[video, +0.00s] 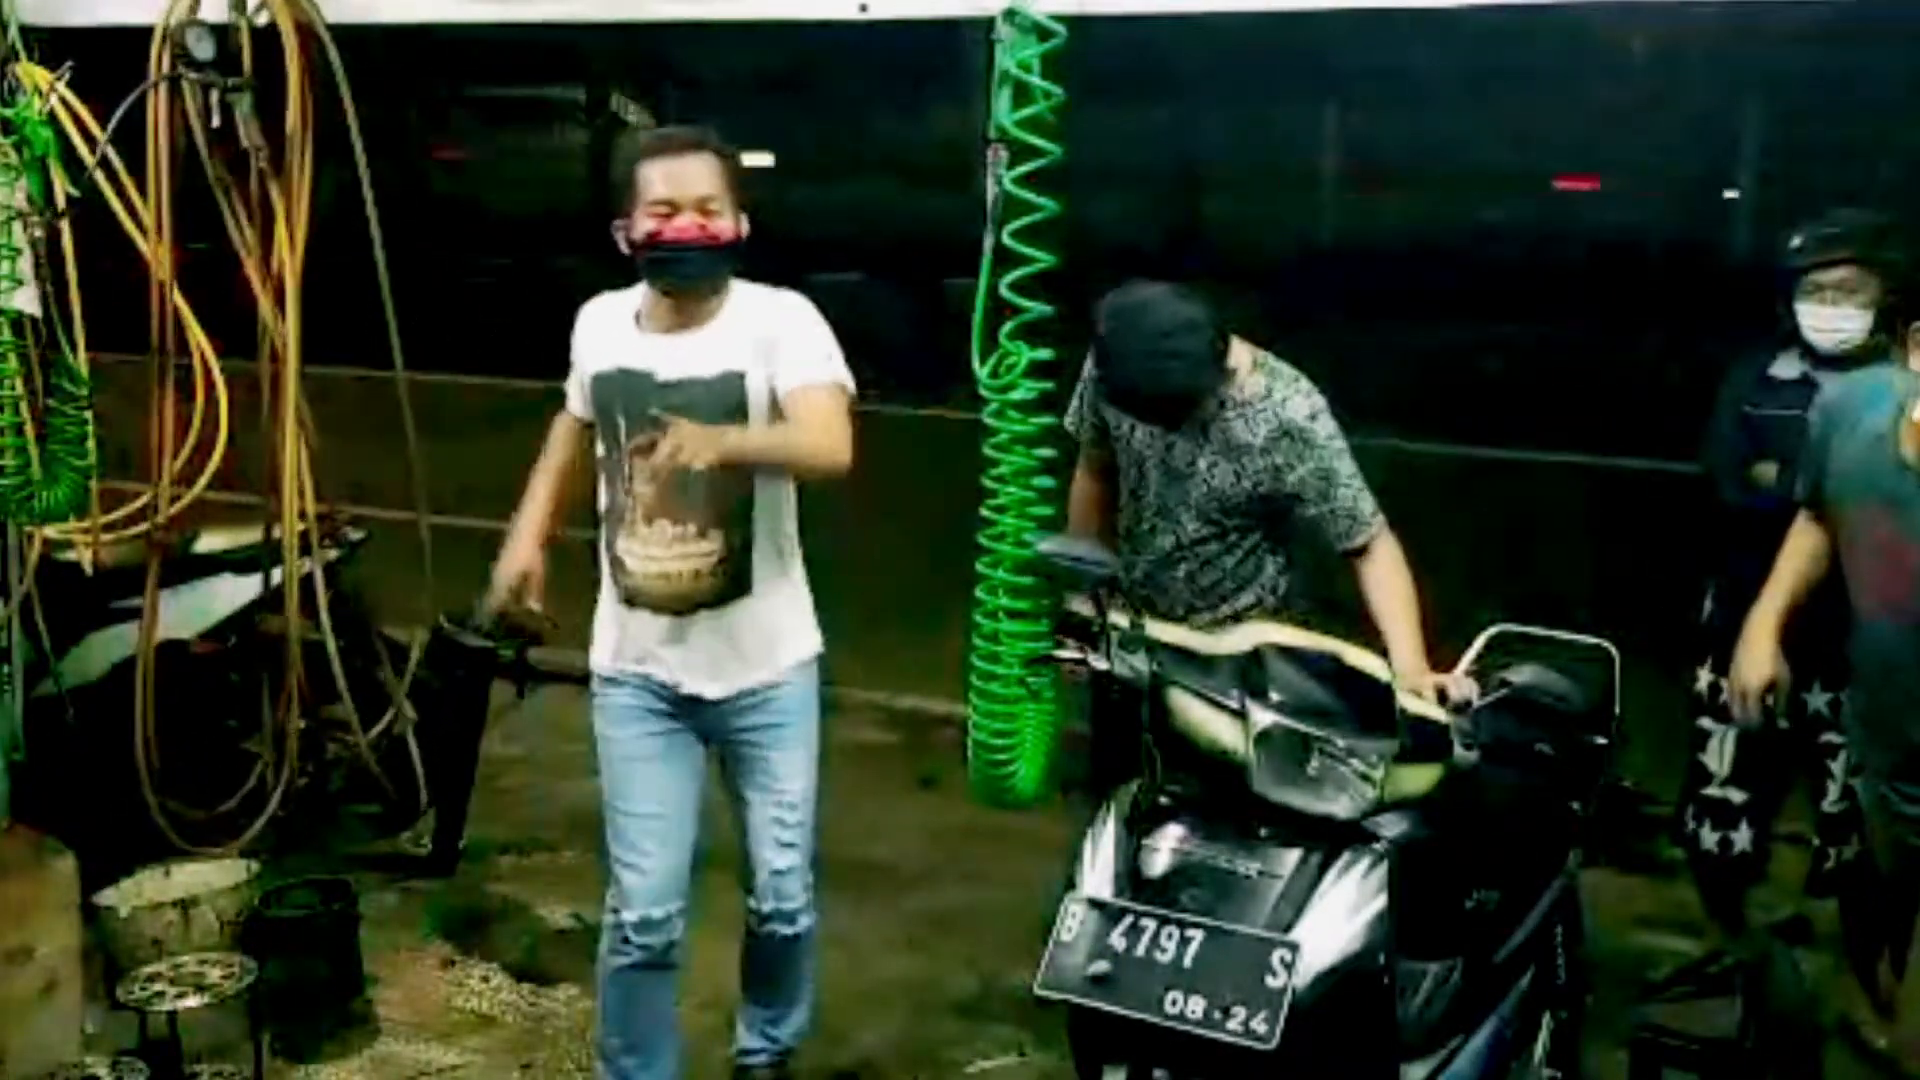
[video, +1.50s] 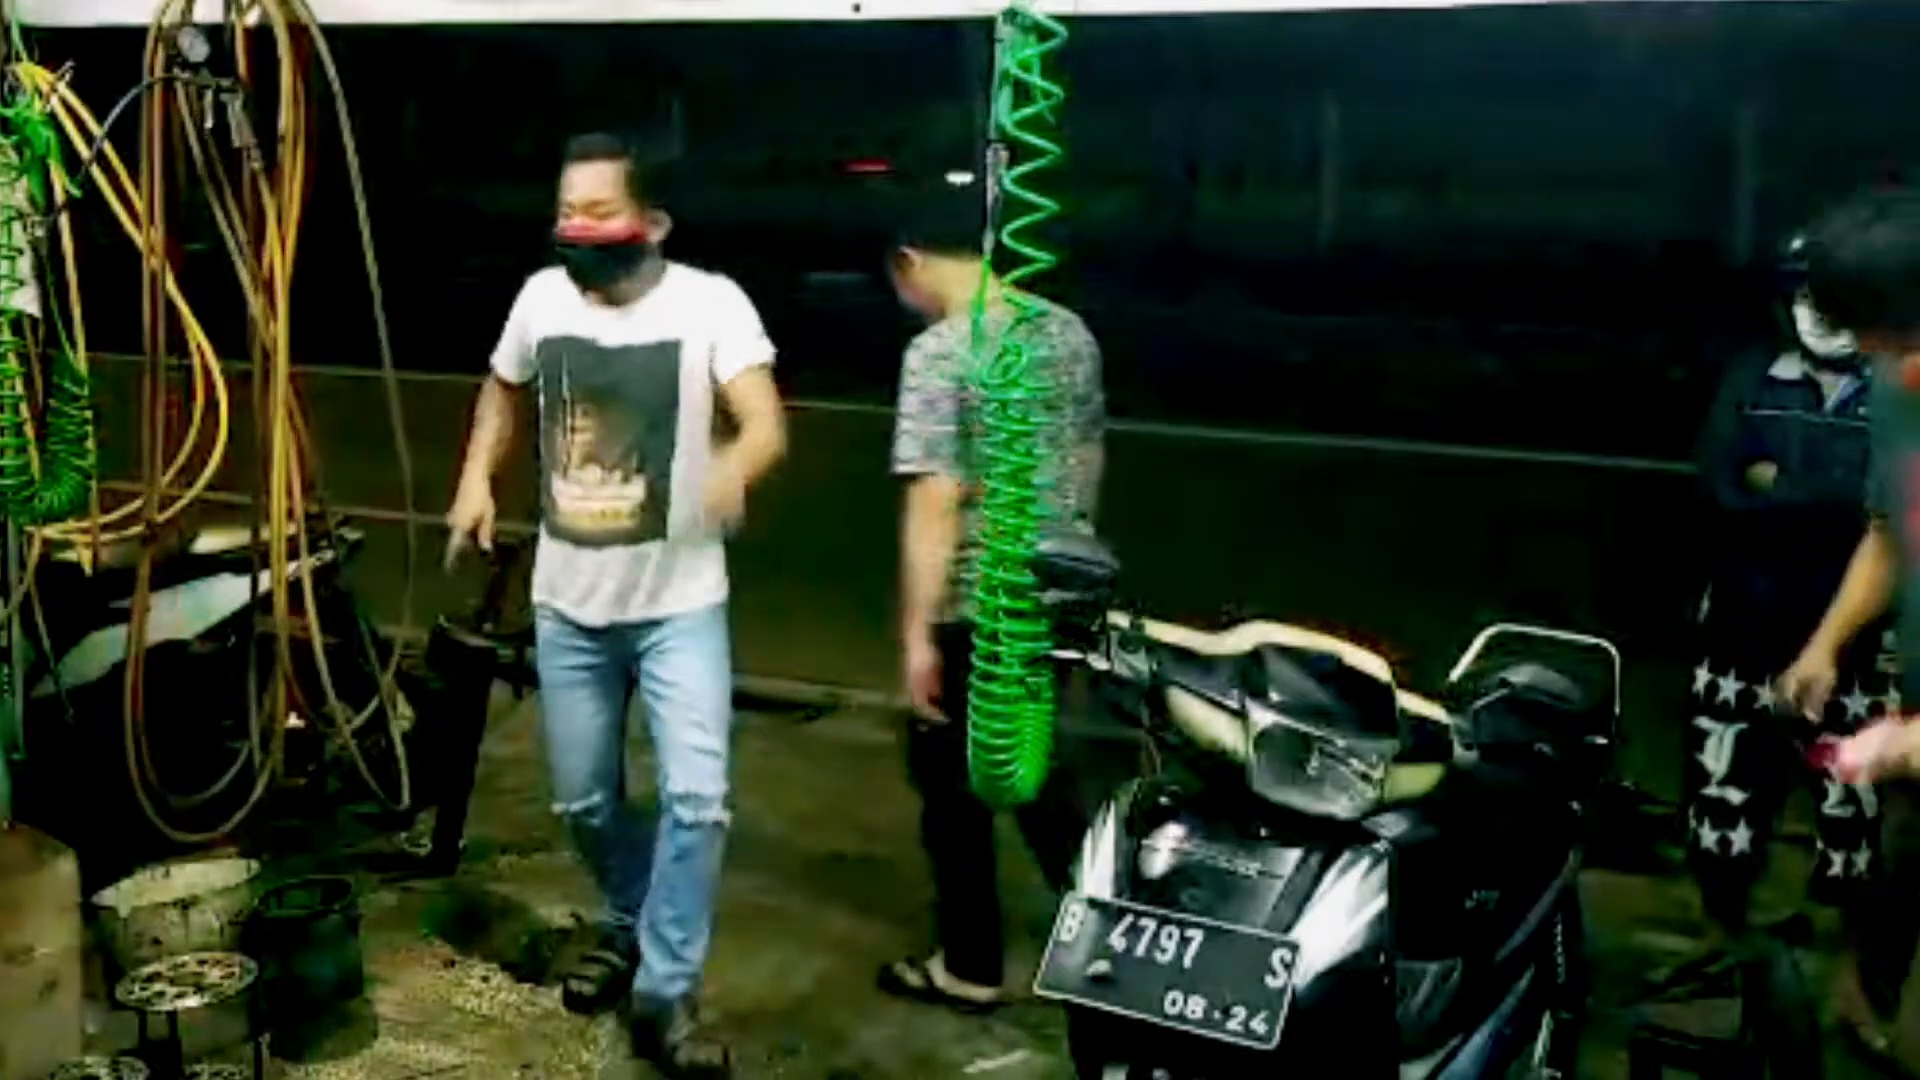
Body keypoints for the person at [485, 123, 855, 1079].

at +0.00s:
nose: (687, 229)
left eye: (707, 211)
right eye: (665, 212)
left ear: (737, 221)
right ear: (630, 228)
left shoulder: (783, 321)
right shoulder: (602, 325)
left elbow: (830, 445)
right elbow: (573, 430)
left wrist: (721, 442)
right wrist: (528, 534)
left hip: (766, 659)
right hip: (637, 662)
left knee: (780, 894)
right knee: (644, 913)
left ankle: (765, 1054)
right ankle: (634, 1072)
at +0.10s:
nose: (679, 225)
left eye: (696, 205)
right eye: (654, 209)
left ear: (723, 213)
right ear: (613, 227)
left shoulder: (770, 311)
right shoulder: (571, 327)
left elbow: (843, 439)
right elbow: (521, 427)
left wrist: (743, 464)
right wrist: (474, 526)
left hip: (754, 660)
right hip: (621, 668)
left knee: (777, 893)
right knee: (635, 923)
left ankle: (765, 1056)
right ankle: (634, 1072)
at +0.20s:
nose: (674, 234)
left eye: (687, 213)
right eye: (649, 216)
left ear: (713, 220)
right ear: (604, 235)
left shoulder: (764, 330)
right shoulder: (544, 349)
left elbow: (825, 471)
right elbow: (476, 469)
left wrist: (815, 576)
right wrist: (456, 582)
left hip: (738, 667)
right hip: (609, 678)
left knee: (784, 901)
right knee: (634, 937)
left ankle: (761, 1050)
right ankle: (635, 1072)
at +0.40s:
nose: (678, 268)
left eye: (690, 244)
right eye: (650, 250)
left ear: (713, 248)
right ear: (598, 266)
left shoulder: (737, 371)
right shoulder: (547, 397)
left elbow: (762, 505)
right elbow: (471, 553)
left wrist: (801, 631)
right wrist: (535, 631)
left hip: (714, 698)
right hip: (592, 716)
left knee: (778, 902)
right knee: (640, 968)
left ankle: (673, 1003)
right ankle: (641, 1061)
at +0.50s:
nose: (680, 259)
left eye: (694, 237)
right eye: (654, 242)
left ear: (716, 241)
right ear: (606, 258)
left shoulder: (708, 344)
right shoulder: (566, 377)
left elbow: (703, 463)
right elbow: (479, 515)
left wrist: (747, 538)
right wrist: (608, 544)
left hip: (703, 680)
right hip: (594, 694)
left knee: (747, 882)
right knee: (657, 946)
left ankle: (641, 996)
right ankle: (639, 1063)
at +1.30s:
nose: (645, 234)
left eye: (662, 216)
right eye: (625, 218)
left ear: (689, 220)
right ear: (594, 224)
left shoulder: (730, 327)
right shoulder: (549, 313)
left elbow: (812, 448)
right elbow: (498, 411)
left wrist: (772, 394)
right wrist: (469, 516)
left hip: (689, 627)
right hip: (573, 624)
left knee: (702, 833)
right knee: (593, 827)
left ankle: (642, 1031)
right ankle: (632, 927)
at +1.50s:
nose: (578, 231)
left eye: (598, 215)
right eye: (569, 214)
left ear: (650, 219)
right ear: (559, 215)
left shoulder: (710, 304)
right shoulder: (543, 297)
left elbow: (766, 426)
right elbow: (501, 393)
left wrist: (731, 471)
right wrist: (475, 477)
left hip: (683, 602)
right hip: (570, 603)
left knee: (697, 795)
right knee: (582, 799)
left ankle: (665, 997)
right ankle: (630, 923)